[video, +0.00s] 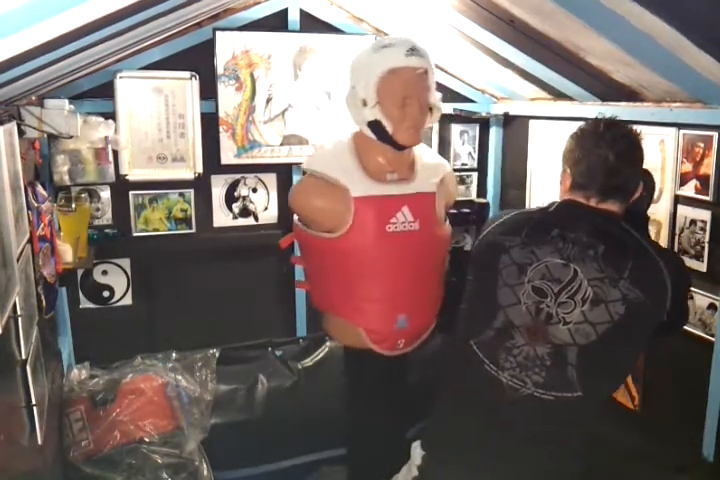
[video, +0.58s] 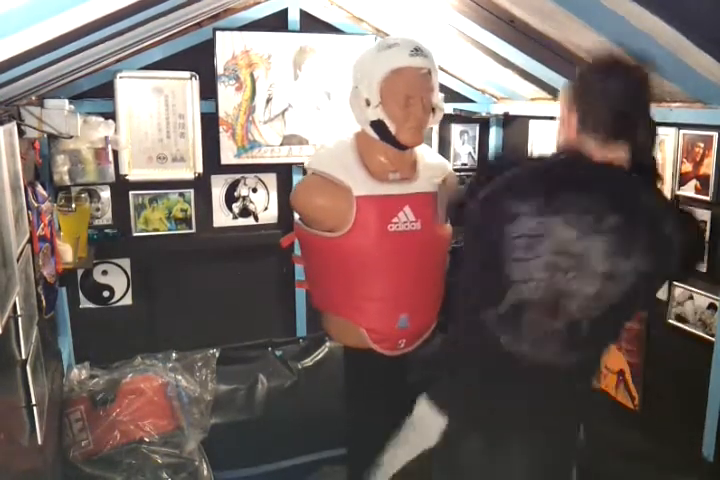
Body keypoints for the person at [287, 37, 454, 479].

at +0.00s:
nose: (419, 110)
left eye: (424, 99)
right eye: (404, 99)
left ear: (432, 103)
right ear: (365, 102)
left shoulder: (439, 176)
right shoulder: (325, 180)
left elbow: (439, 257)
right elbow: (320, 279)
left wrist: (426, 311)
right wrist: (362, 324)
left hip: (426, 347)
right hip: (361, 358)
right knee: (375, 466)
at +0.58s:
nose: (423, 111)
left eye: (427, 99)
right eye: (407, 99)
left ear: (435, 103)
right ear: (368, 103)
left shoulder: (440, 177)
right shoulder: (326, 184)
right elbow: (321, 285)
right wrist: (355, 322)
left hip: (429, 348)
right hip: (364, 358)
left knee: (428, 454)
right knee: (371, 460)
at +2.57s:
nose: (417, 110)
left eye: (423, 99)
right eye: (403, 98)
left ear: (431, 102)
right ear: (364, 102)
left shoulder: (431, 173)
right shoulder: (324, 180)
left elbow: (451, 248)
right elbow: (320, 275)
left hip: (430, 345)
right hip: (366, 354)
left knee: (422, 455)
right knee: (372, 461)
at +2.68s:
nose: (416, 106)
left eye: (418, 92)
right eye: (402, 95)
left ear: (429, 92)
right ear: (364, 102)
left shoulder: (439, 169)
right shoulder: (324, 187)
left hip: (429, 351)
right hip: (363, 364)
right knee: (378, 467)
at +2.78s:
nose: (288, 125)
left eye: (290, 110)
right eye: (275, 121)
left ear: (316, 107)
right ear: (263, 135)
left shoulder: (372, 165)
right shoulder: (262, 204)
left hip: (408, 338)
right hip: (346, 356)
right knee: (365, 461)